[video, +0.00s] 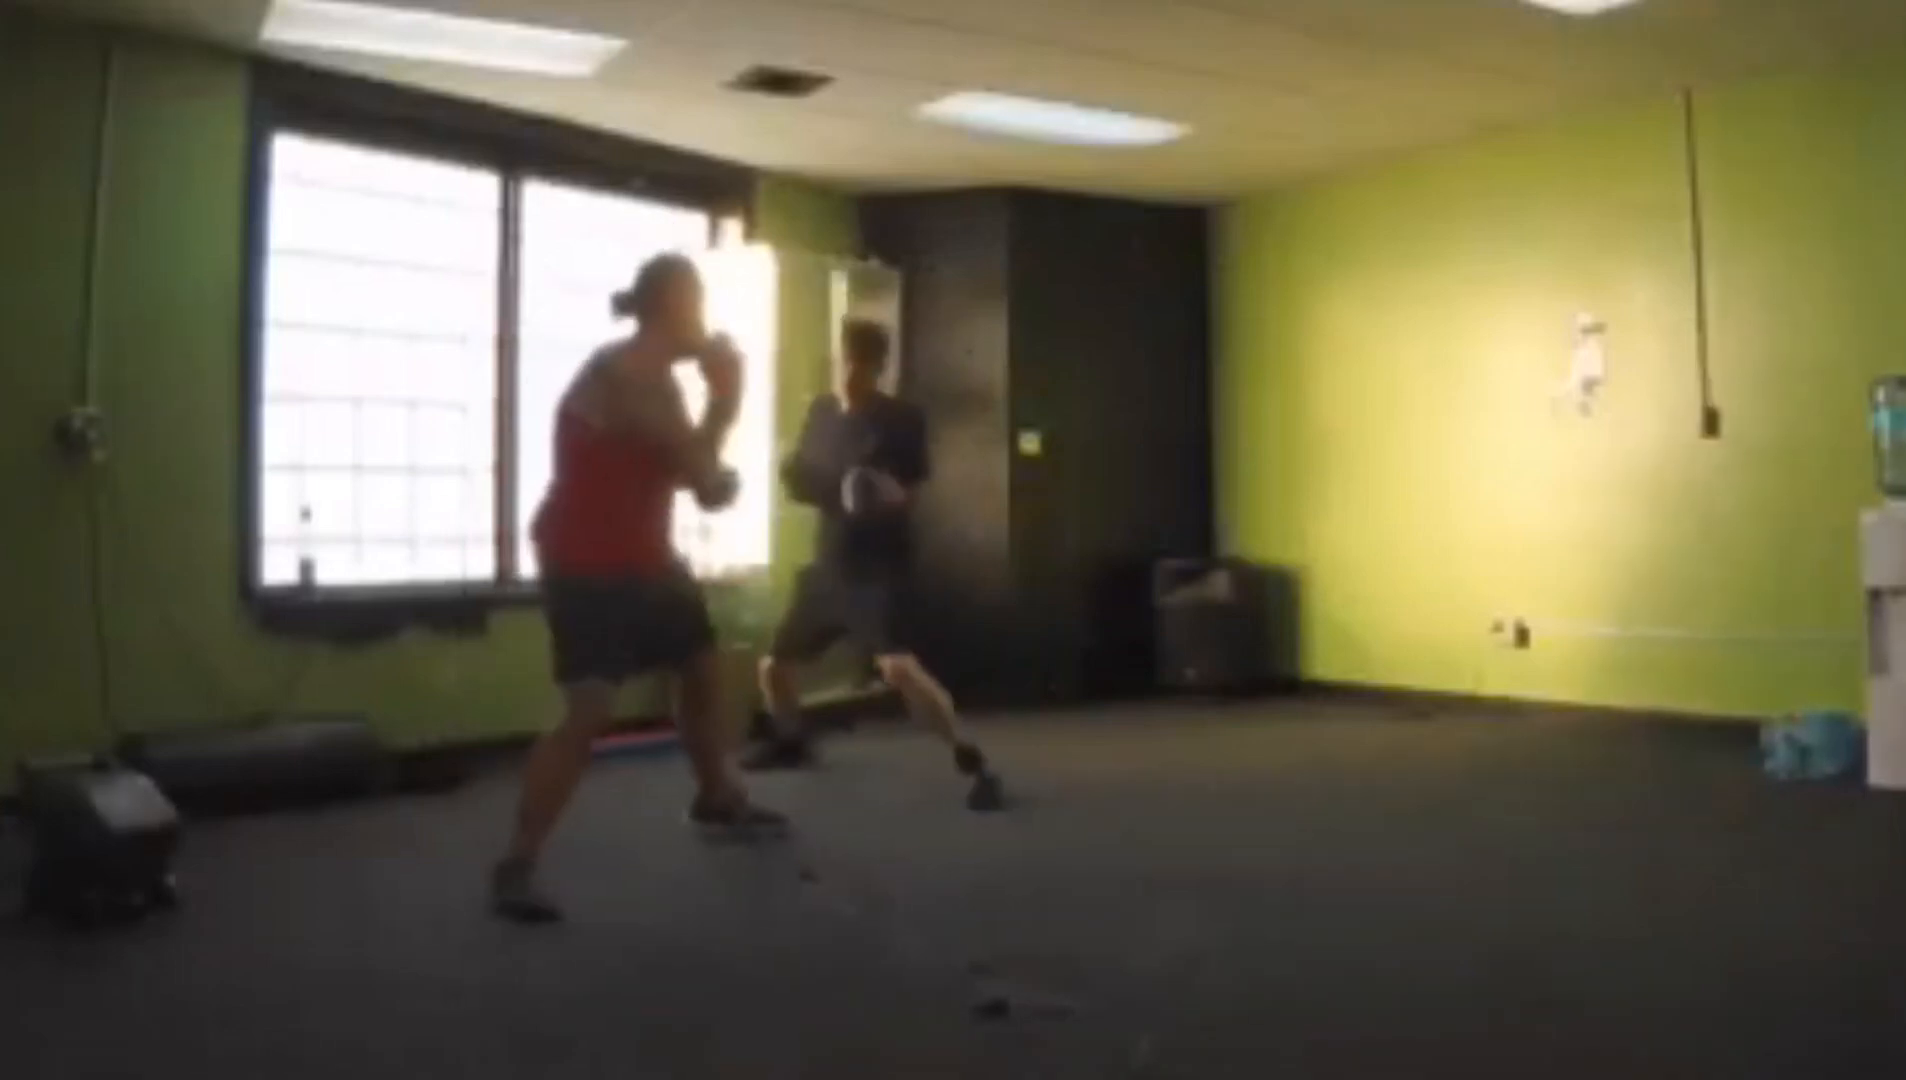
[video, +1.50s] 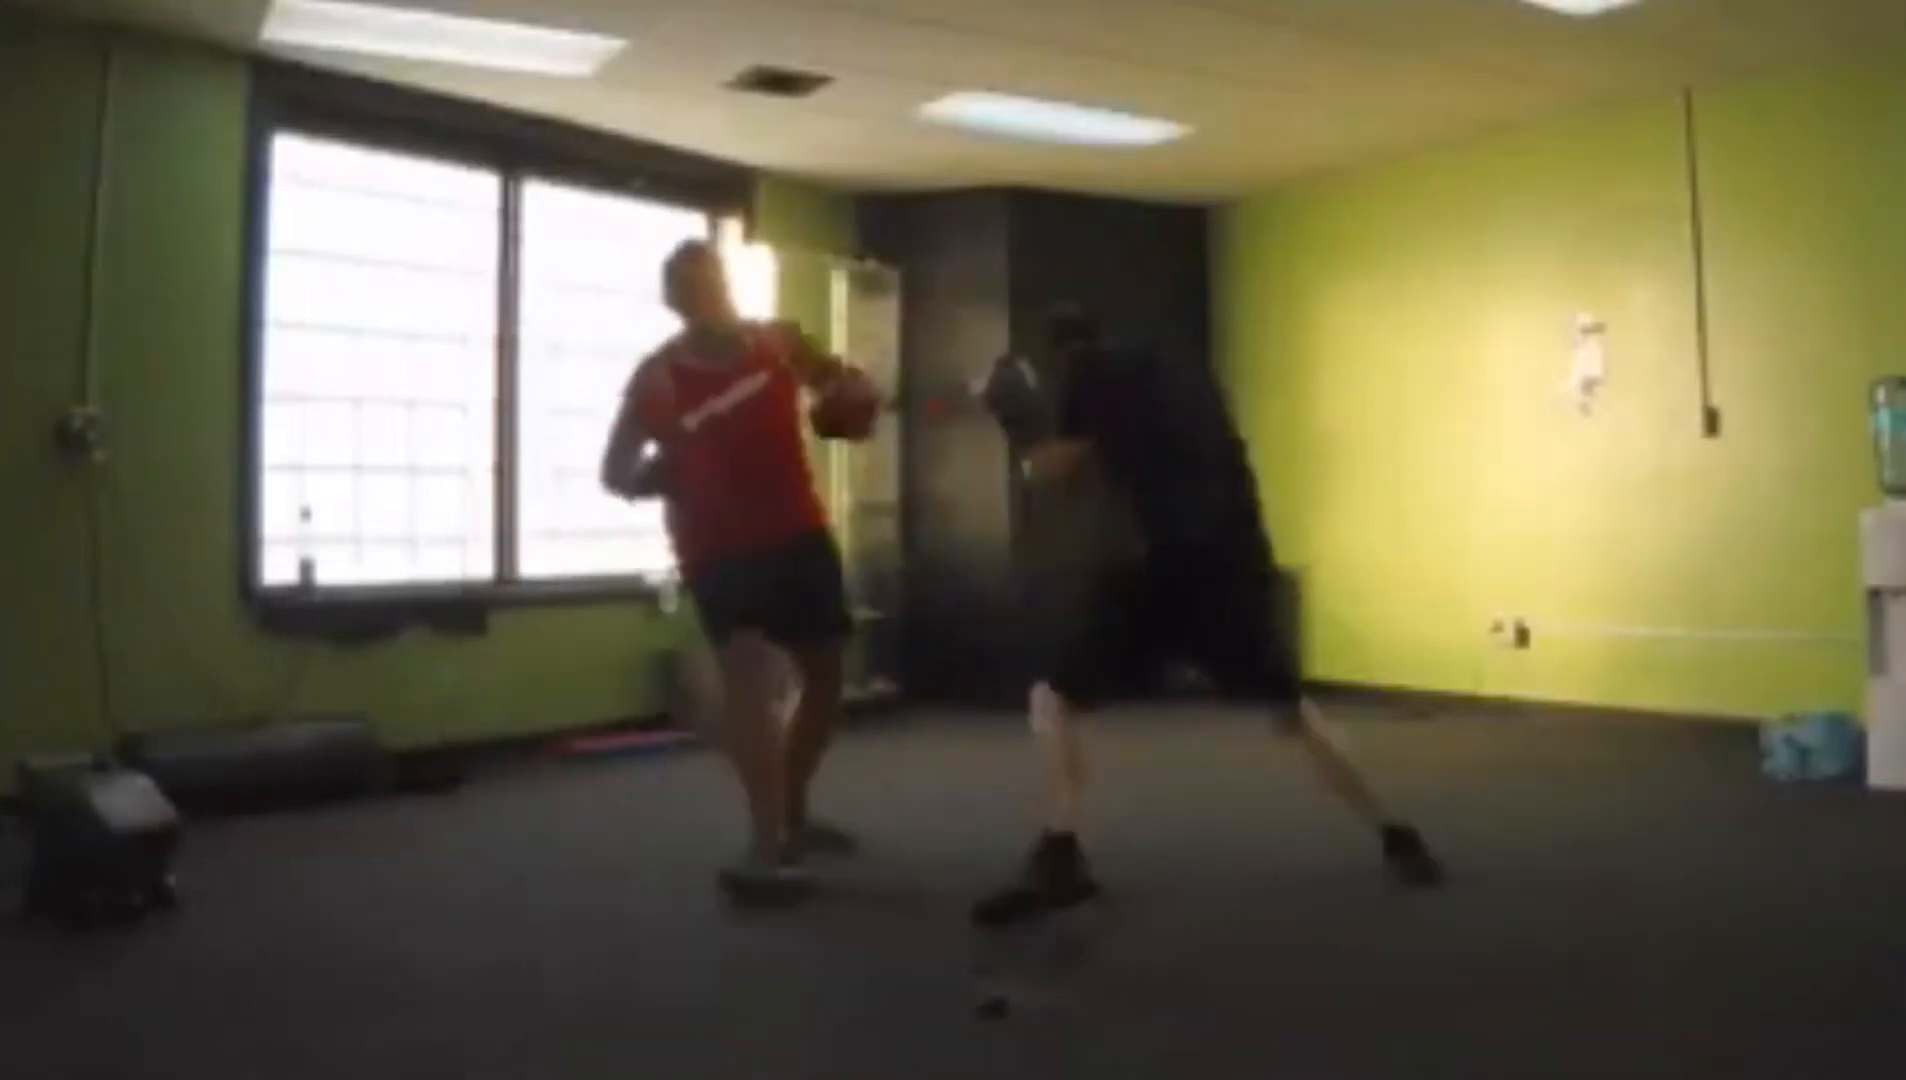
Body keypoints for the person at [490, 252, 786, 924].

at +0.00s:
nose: (702, 317)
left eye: (700, 302)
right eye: (694, 302)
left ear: (659, 306)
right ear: (664, 306)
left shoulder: (656, 380)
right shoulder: (623, 374)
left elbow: (682, 466)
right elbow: (694, 462)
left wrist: (711, 482)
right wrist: (725, 396)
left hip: (646, 560)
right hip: (589, 565)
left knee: (702, 667)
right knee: (588, 714)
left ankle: (718, 797)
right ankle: (518, 865)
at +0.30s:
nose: (711, 342)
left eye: (710, 329)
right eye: (697, 329)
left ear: (702, 337)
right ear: (666, 336)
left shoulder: (702, 404)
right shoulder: (633, 387)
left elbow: (781, 416)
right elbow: (658, 473)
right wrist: (728, 433)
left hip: (634, 575)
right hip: (581, 572)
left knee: (671, 672)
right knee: (594, 715)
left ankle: (679, 788)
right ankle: (517, 868)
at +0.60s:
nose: (752, 369)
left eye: (747, 360)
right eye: (744, 360)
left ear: (691, 364)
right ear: (725, 361)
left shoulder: (669, 408)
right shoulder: (742, 392)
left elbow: (676, 497)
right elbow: (833, 385)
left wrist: (750, 522)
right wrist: (906, 379)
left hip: (648, 554)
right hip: (675, 560)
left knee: (722, 664)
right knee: (618, 693)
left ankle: (691, 786)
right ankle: (514, 823)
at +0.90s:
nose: (724, 321)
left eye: (710, 316)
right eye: (717, 312)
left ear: (681, 331)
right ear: (717, 315)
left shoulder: (684, 388)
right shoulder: (760, 364)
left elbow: (769, 450)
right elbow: (852, 381)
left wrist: (814, 408)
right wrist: (868, 345)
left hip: (703, 545)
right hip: (757, 542)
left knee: (737, 663)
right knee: (812, 672)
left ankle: (697, 779)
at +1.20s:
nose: (713, 316)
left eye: (715, 301)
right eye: (697, 309)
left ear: (729, 302)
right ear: (680, 322)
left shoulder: (780, 349)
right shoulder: (681, 402)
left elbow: (875, 331)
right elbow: (718, 498)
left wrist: (963, 316)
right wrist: (789, 429)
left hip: (827, 538)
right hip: (764, 556)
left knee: (851, 675)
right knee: (848, 677)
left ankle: (783, 777)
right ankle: (831, 842)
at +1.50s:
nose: (709, 297)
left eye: (713, 282)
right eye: (694, 288)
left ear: (729, 283)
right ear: (674, 300)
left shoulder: (778, 344)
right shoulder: (659, 378)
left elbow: (849, 385)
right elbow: (617, 473)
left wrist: (849, 403)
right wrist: (659, 474)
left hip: (798, 538)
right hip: (721, 554)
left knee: (824, 681)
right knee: (753, 687)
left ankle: (792, 811)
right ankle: (768, 838)